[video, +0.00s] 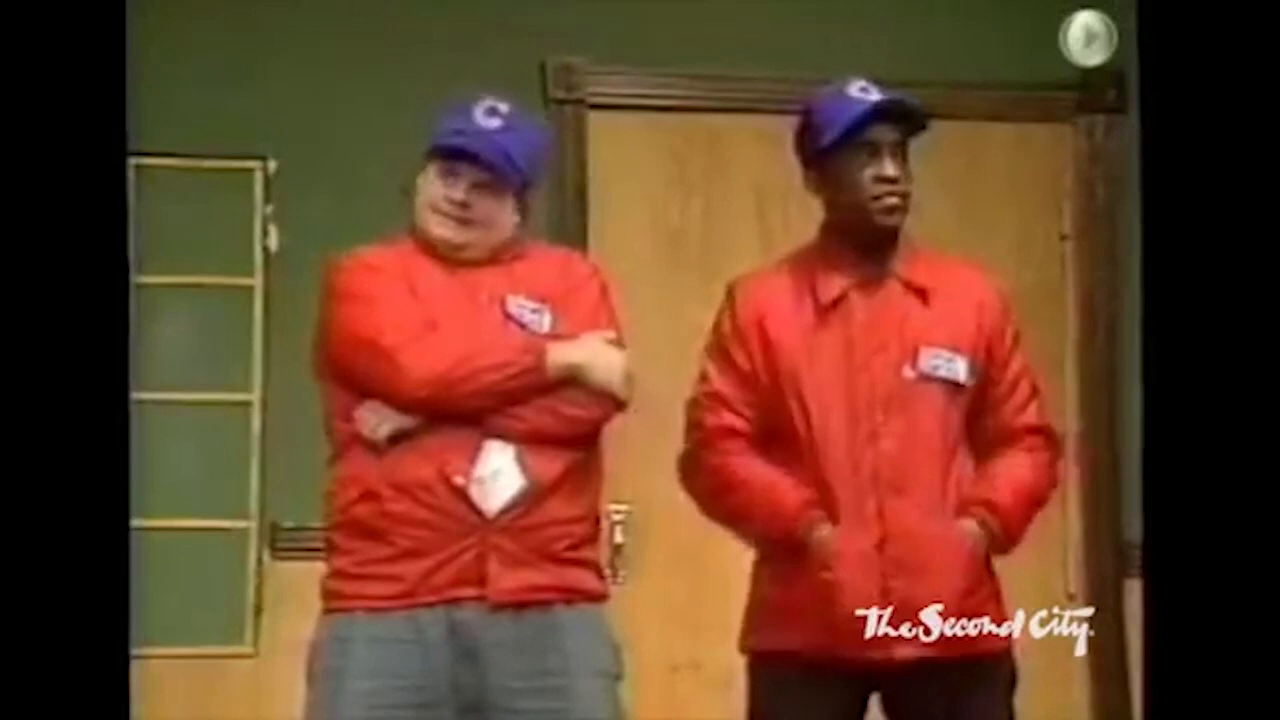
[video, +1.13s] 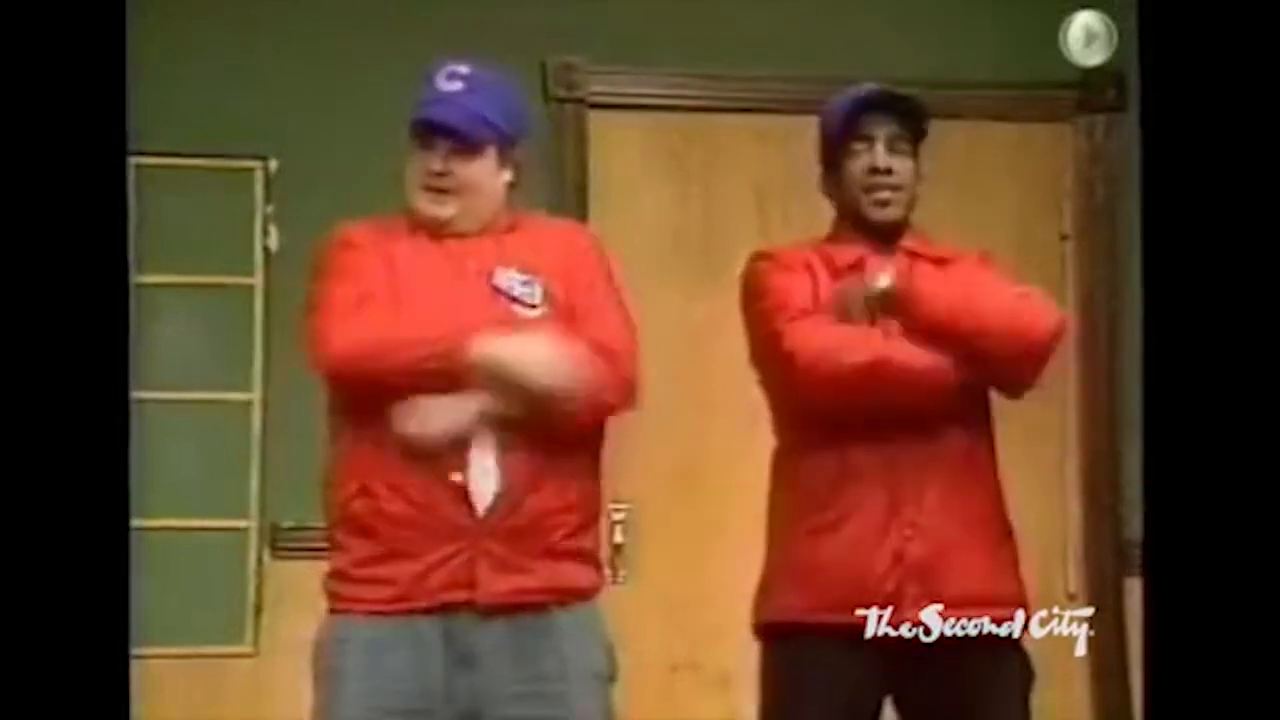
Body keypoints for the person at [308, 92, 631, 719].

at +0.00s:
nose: (459, 196)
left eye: (486, 186)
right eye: (447, 174)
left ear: (522, 206)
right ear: (421, 176)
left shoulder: (571, 277)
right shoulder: (364, 274)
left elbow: (591, 401)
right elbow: (414, 378)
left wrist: (431, 407)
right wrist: (559, 361)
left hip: (547, 607)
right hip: (385, 608)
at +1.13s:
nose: (437, 164)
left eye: (463, 149)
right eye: (425, 144)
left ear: (508, 166)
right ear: (407, 152)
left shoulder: (568, 249)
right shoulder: (362, 247)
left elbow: (611, 377)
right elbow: (341, 352)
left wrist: (480, 401)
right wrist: (485, 348)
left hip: (543, 612)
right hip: (384, 616)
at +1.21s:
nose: (437, 168)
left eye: (463, 153)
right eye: (426, 147)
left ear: (510, 165)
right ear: (410, 152)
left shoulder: (571, 257)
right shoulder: (357, 254)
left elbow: (634, 393)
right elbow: (286, 382)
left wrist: (572, 462)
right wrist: (359, 439)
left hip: (541, 617)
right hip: (383, 619)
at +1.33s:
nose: (443, 171)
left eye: (467, 155)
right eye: (428, 150)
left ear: (509, 165)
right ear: (407, 157)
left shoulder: (565, 262)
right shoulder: (357, 262)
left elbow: (625, 386)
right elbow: (266, 376)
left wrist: (643, 482)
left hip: (542, 608)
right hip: (385, 611)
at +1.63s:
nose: (408, 165)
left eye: (429, 146)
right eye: (391, 145)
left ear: (471, 155)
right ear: (369, 156)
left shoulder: (545, 265)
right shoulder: (316, 275)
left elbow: (627, 391)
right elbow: (240, 402)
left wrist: (615, 483)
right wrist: (252, 473)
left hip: (529, 624)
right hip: (365, 630)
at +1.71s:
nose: (393, 161)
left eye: (414, 140)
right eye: (375, 142)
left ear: (453, 150)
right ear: (354, 155)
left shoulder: (539, 264)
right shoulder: (302, 280)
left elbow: (598, 395)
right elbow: (252, 414)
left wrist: (558, 491)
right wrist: (316, 492)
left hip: (519, 621)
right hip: (356, 627)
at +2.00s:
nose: (364, 155)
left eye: (384, 135)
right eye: (342, 138)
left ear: (416, 148)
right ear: (313, 154)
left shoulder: (493, 252)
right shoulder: (268, 274)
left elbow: (546, 400)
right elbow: (234, 429)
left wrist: (464, 525)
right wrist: (332, 550)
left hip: (493, 612)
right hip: (325, 618)